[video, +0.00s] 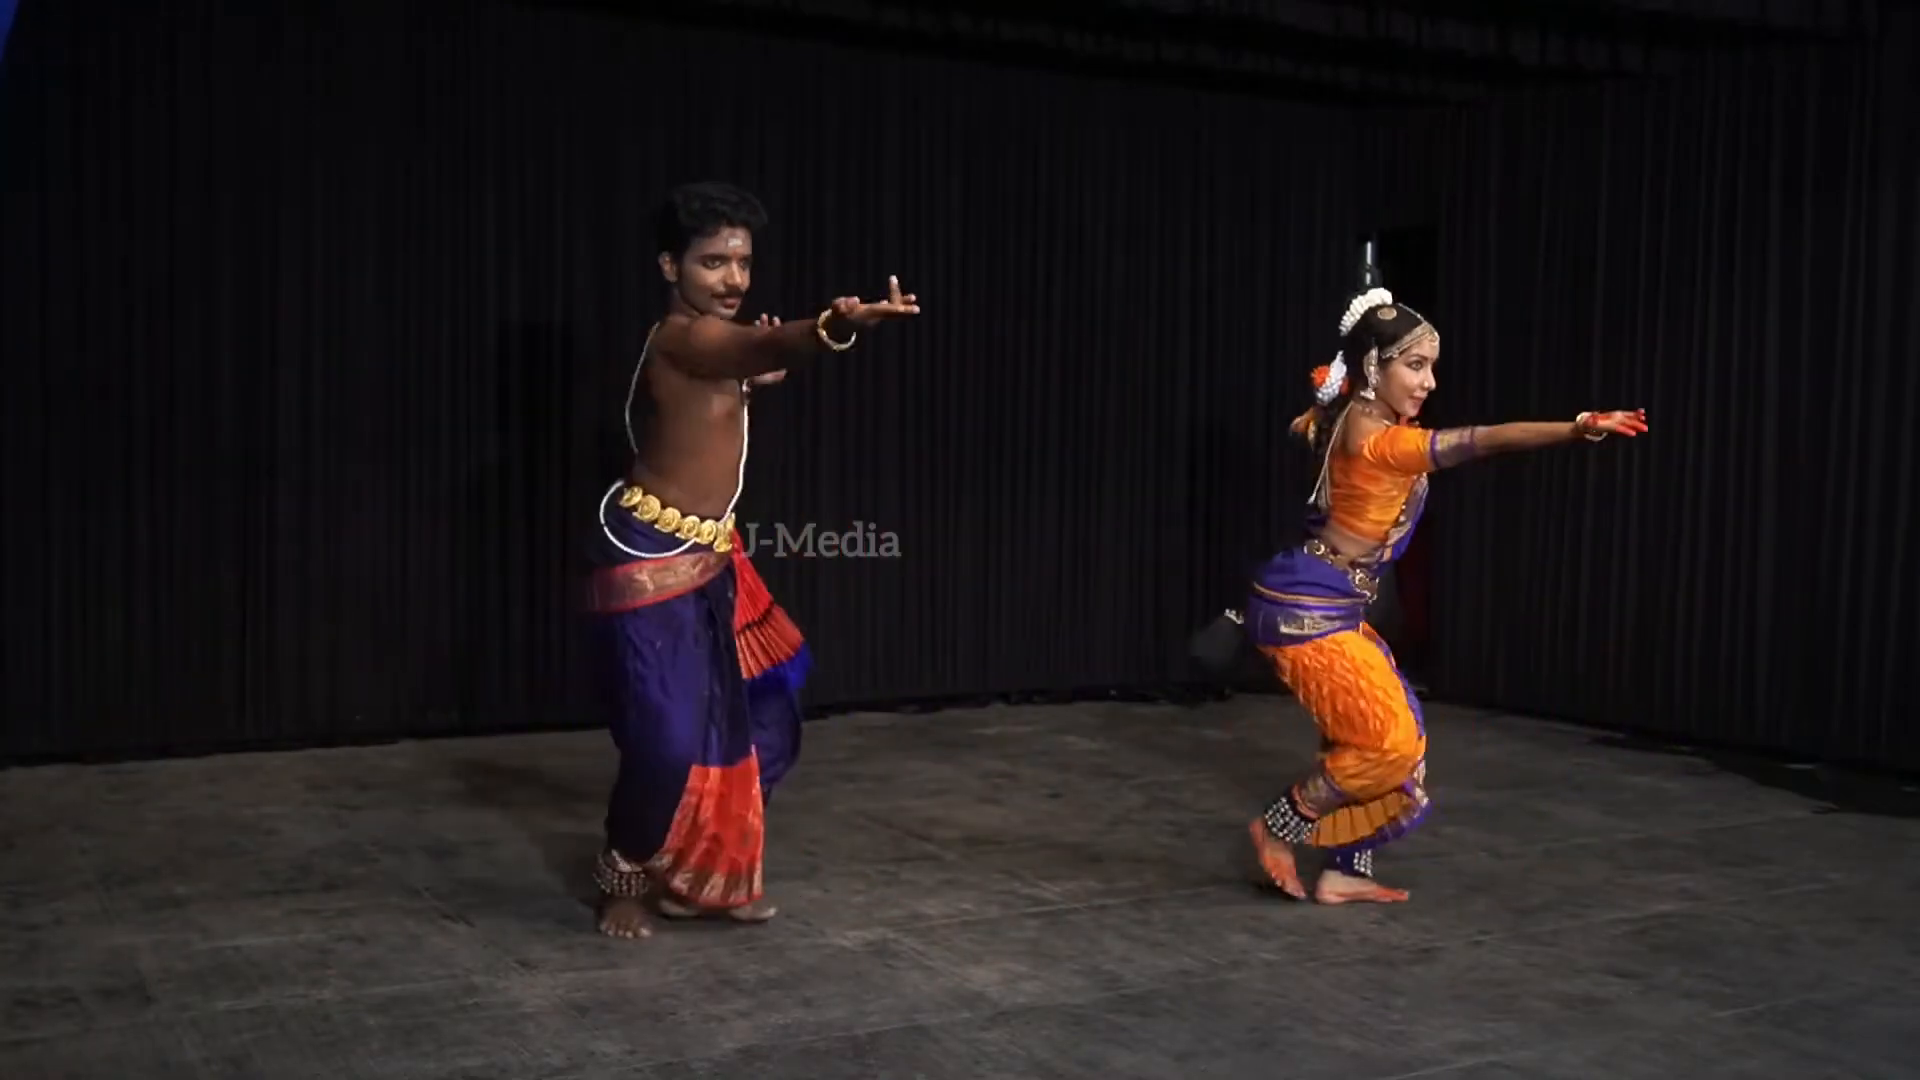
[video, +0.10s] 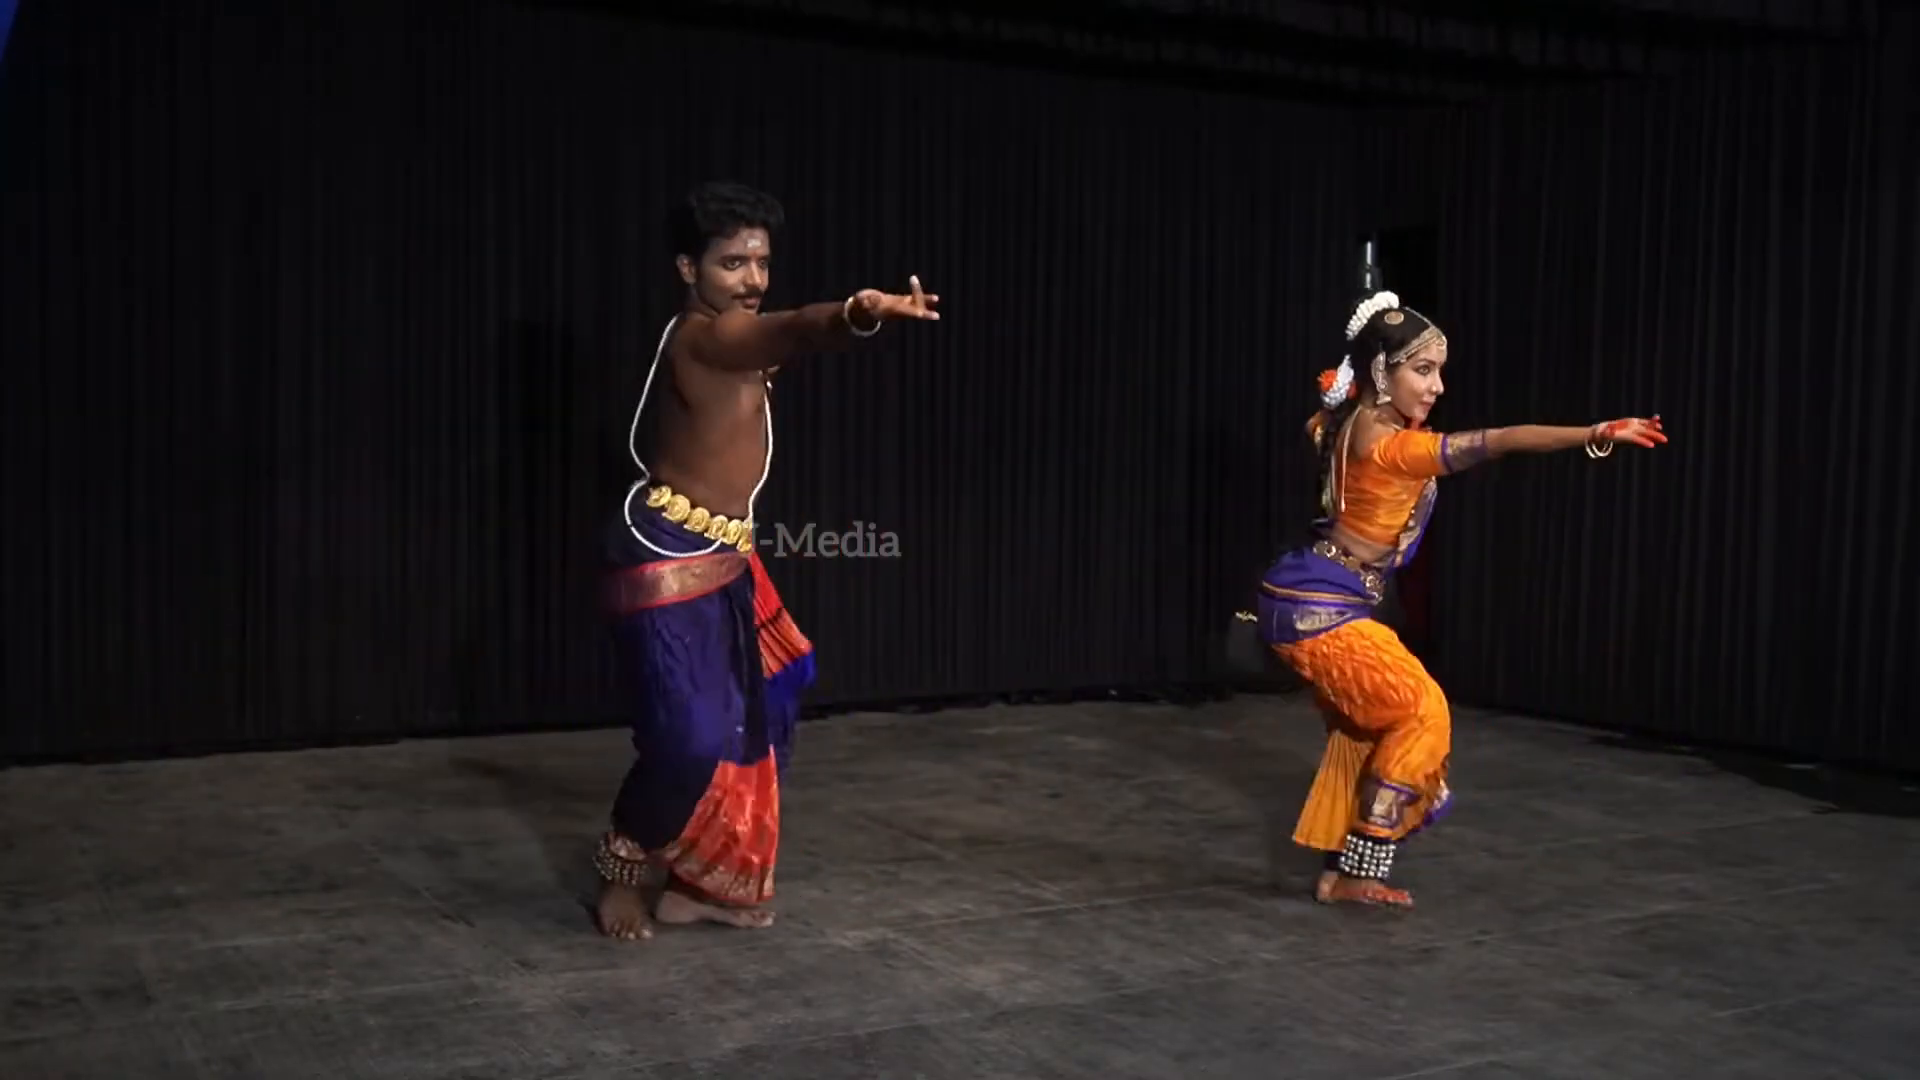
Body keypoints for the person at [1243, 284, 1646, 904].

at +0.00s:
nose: (1429, 380)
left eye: (1432, 367)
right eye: (1416, 365)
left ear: (1376, 369)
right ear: (1372, 369)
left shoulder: (1349, 414)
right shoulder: (1382, 442)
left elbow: (1305, 425)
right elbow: (1478, 440)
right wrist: (1575, 429)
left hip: (1330, 611)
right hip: (1309, 614)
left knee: (1400, 743)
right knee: (1391, 743)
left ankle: (1343, 872)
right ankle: (1277, 827)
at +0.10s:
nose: (1437, 384)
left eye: (1439, 370)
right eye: (1423, 369)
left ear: (1376, 378)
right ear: (1380, 374)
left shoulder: (1351, 421)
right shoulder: (1394, 446)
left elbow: (1320, 426)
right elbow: (1493, 441)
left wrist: (1341, 397)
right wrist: (1594, 434)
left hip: (1306, 601)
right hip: (1324, 609)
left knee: (1366, 721)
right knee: (1423, 708)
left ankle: (1345, 866)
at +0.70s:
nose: (1347, 353)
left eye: (1363, 341)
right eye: (1348, 339)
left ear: (1403, 353)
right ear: (1355, 348)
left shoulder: (1434, 425)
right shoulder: (1334, 418)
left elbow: (1512, 463)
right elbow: (1293, 457)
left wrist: (1421, 473)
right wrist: (1246, 435)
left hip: (1404, 594)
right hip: (1324, 591)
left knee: (1437, 741)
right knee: (1331, 725)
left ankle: (1355, 868)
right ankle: (1305, 830)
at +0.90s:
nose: (1324, 341)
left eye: (1335, 331)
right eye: (1328, 329)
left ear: (1372, 344)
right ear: (1360, 345)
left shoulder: (1416, 407)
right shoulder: (1324, 406)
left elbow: (1464, 447)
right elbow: (1260, 437)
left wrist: (1375, 456)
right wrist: (1174, 442)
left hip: (1388, 578)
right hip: (1312, 573)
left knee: (1392, 711)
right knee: (1305, 702)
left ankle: (1352, 864)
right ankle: (1305, 818)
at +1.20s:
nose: (1293, 316)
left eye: (1308, 305)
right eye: (1293, 303)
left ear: (1346, 315)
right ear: (1297, 308)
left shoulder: (1381, 379)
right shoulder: (1280, 374)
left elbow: (1464, 419)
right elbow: (1210, 395)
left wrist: (1390, 430)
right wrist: (1148, 393)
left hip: (1352, 543)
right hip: (1276, 541)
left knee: (1364, 672)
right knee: (1287, 673)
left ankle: (1371, 822)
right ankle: (1311, 819)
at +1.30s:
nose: (1304, 311)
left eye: (1319, 299)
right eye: (1294, 298)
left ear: (1342, 312)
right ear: (1281, 308)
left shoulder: (1365, 374)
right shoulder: (1261, 372)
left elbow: (1452, 411)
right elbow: (1201, 420)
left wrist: (1390, 422)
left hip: (1340, 539)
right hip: (1267, 537)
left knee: (1342, 665)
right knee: (1290, 663)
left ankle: (1328, 796)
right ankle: (1310, 812)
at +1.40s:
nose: (1319, 311)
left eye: (1328, 298)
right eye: (1304, 297)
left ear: (1337, 308)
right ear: (1275, 305)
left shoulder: (1349, 372)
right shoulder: (1252, 374)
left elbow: (1432, 403)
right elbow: (1259, 413)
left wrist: (1387, 417)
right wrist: (1289, 387)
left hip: (1327, 536)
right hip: (1263, 539)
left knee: (1322, 663)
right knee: (1291, 662)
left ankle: (1258, 762)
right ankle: (1310, 807)